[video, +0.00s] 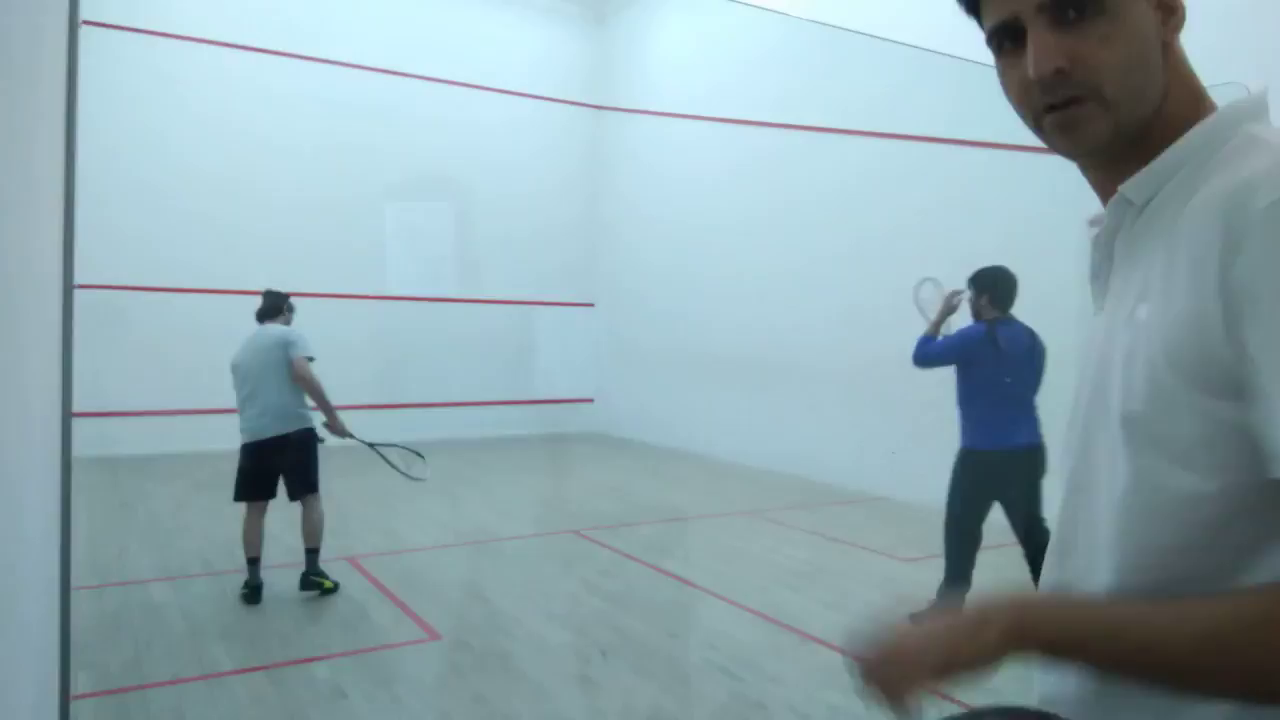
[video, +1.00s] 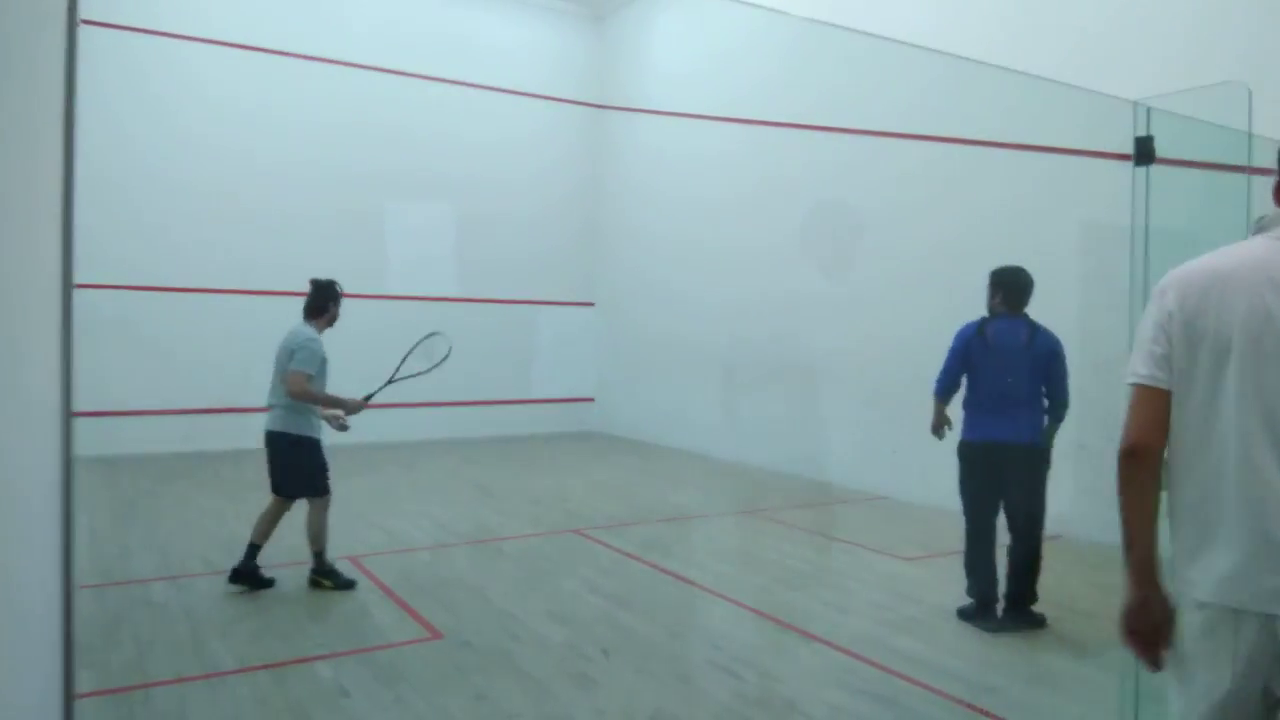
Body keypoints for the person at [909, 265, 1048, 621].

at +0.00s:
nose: (970, 302)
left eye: (974, 297)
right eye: (972, 297)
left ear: (983, 299)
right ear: (1009, 300)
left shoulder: (972, 339)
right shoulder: (1031, 340)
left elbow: (922, 356)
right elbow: (1028, 389)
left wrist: (941, 316)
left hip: (981, 454)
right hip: (1025, 452)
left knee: (962, 530)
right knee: (1030, 527)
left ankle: (950, 604)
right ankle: (1061, 600)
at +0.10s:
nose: (985, 305)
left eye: (987, 300)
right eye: (986, 300)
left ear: (998, 301)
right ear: (1022, 301)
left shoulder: (986, 339)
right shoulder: (1049, 342)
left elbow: (935, 344)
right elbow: (1051, 392)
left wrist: (959, 310)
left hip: (998, 455)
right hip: (1042, 454)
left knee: (971, 532)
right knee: (1049, 538)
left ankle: (951, 606)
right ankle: (1073, 608)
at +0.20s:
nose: (998, 305)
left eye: (1001, 298)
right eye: (998, 298)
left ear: (1016, 300)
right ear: (1039, 300)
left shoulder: (1004, 336)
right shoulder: (1070, 341)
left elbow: (958, 328)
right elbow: (1085, 393)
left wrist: (985, 295)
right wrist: (1046, 391)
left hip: (1015, 456)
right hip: (1060, 456)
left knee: (989, 534)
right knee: (1062, 542)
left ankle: (959, 603)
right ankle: (1065, 623)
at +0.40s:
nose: (1013, 295)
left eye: (1019, 290)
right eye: (1015, 289)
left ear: (1039, 297)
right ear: (1053, 300)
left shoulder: (1014, 334)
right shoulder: (1085, 341)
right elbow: (1108, 396)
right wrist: (1073, 409)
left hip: (1020, 459)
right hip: (1069, 460)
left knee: (1003, 533)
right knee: (1070, 541)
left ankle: (984, 608)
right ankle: (1066, 633)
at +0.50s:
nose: (998, 298)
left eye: (1006, 293)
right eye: (1001, 291)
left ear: (1028, 298)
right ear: (1038, 300)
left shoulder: (1005, 337)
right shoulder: (1070, 340)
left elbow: (970, 384)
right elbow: (1090, 395)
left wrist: (992, 368)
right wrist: (1052, 407)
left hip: (1007, 457)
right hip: (1055, 458)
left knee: (993, 532)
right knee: (1059, 536)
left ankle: (980, 606)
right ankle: (1064, 628)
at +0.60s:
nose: (980, 300)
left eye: (987, 294)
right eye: (982, 293)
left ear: (1009, 299)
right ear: (1018, 300)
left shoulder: (990, 335)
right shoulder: (1049, 340)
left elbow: (973, 386)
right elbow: (1059, 394)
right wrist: (1017, 393)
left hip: (990, 453)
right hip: (1036, 455)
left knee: (981, 529)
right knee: (1043, 533)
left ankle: (977, 605)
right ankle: (1059, 626)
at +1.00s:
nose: (988, 299)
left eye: (990, 293)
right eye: (992, 294)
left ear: (995, 296)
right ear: (1026, 298)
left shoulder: (972, 334)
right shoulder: (1045, 341)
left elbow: (948, 377)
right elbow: (1059, 399)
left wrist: (939, 410)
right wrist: (1048, 433)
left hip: (979, 451)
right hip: (1027, 452)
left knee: (979, 527)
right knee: (1026, 532)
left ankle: (982, 602)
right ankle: (1019, 605)